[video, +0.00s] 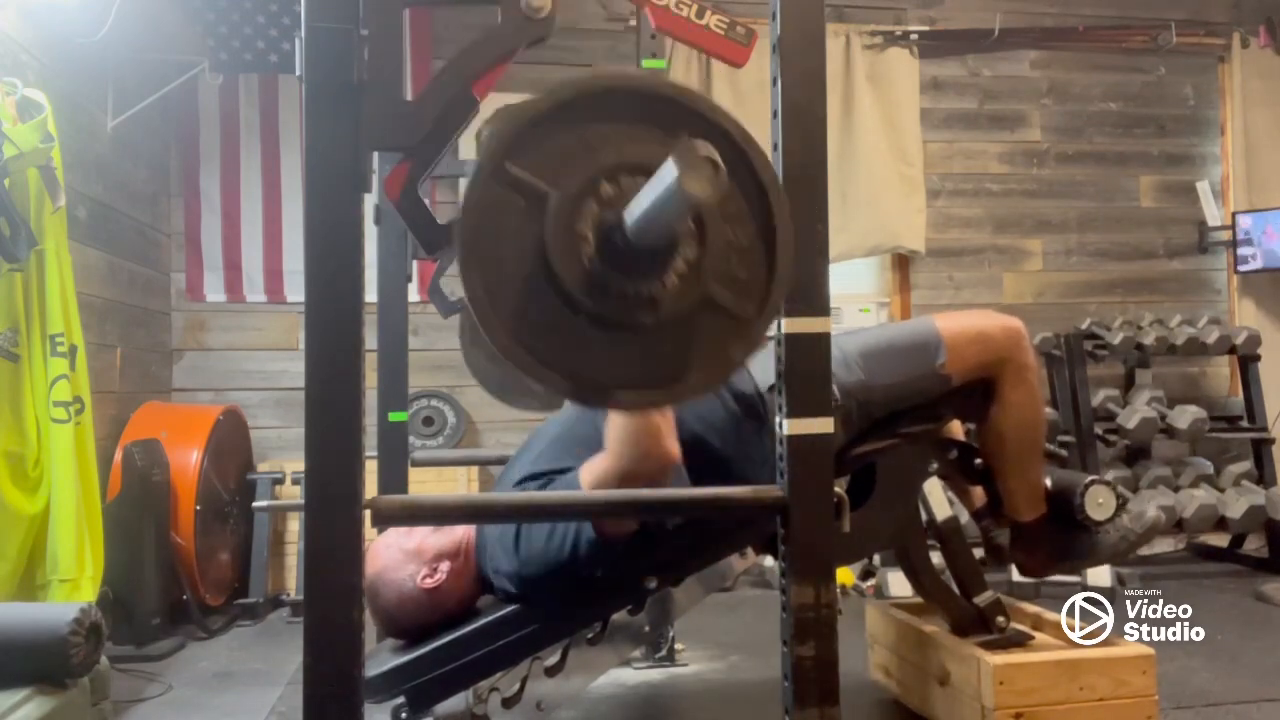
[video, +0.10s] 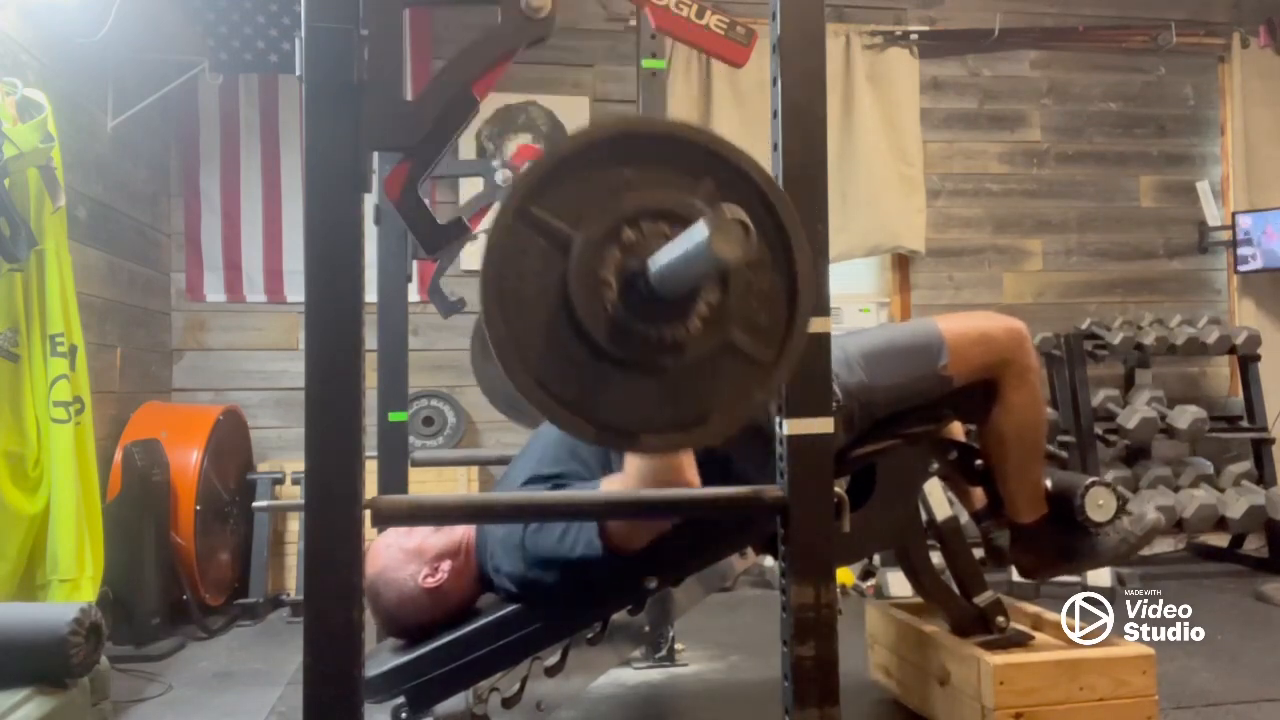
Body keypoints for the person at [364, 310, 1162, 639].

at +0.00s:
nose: (417, 532)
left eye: (399, 535)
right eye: (415, 551)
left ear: (426, 542)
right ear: (446, 580)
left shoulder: (496, 497)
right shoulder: (525, 549)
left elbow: (621, 427)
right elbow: (649, 457)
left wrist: (595, 308)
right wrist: (619, 319)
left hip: (745, 374)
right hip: (769, 427)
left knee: (944, 322)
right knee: (1004, 341)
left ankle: (978, 474)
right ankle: (1031, 527)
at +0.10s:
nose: (418, 531)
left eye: (400, 534)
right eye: (415, 549)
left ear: (427, 543)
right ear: (446, 579)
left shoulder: (501, 495)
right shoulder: (525, 544)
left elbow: (608, 422)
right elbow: (663, 481)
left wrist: (620, 307)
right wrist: (656, 335)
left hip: (743, 383)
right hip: (764, 431)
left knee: (964, 329)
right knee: (1007, 343)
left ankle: (985, 478)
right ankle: (1032, 526)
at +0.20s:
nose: (418, 531)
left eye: (400, 535)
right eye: (416, 550)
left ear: (425, 541)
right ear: (447, 578)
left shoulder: (500, 487)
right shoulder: (525, 544)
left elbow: (577, 424)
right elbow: (655, 529)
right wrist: (680, 396)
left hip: (708, 403)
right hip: (750, 446)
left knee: (945, 328)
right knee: (1003, 342)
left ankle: (989, 478)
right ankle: (1032, 525)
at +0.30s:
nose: (418, 525)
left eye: (400, 532)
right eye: (418, 544)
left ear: (426, 553)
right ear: (448, 575)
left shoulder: (485, 501)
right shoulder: (526, 543)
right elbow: (671, 542)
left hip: (695, 414)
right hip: (753, 441)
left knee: (910, 318)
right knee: (1002, 340)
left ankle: (980, 470)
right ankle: (1031, 525)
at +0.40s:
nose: (419, 528)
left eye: (400, 533)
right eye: (417, 547)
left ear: (427, 553)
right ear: (446, 575)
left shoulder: (486, 504)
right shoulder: (522, 543)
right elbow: (643, 561)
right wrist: (702, 558)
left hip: (714, 404)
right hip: (753, 443)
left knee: (918, 321)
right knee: (1003, 340)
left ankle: (983, 468)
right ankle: (1032, 524)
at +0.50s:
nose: (417, 528)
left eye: (398, 533)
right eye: (416, 546)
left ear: (427, 552)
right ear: (445, 575)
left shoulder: (489, 500)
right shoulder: (522, 543)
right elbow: (644, 558)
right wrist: (703, 555)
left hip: (716, 399)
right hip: (754, 439)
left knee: (937, 324)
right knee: (1004, 340)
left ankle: (987, 474)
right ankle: (1033, 525)